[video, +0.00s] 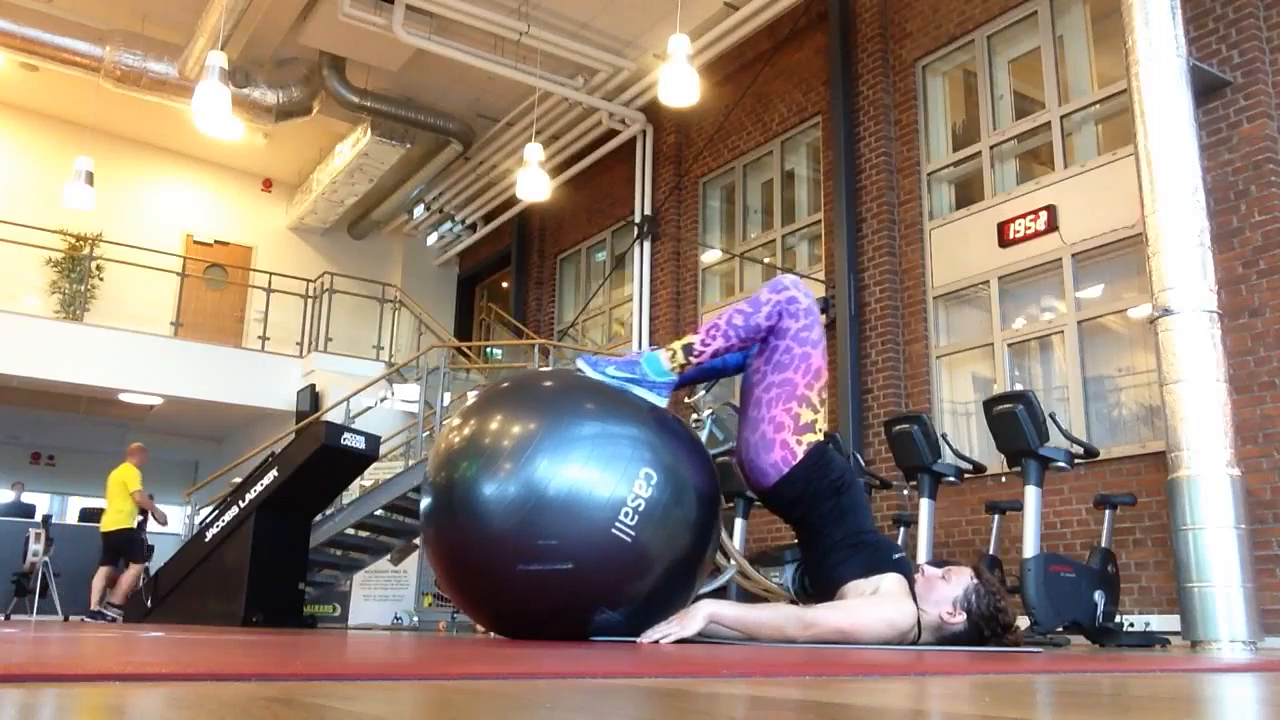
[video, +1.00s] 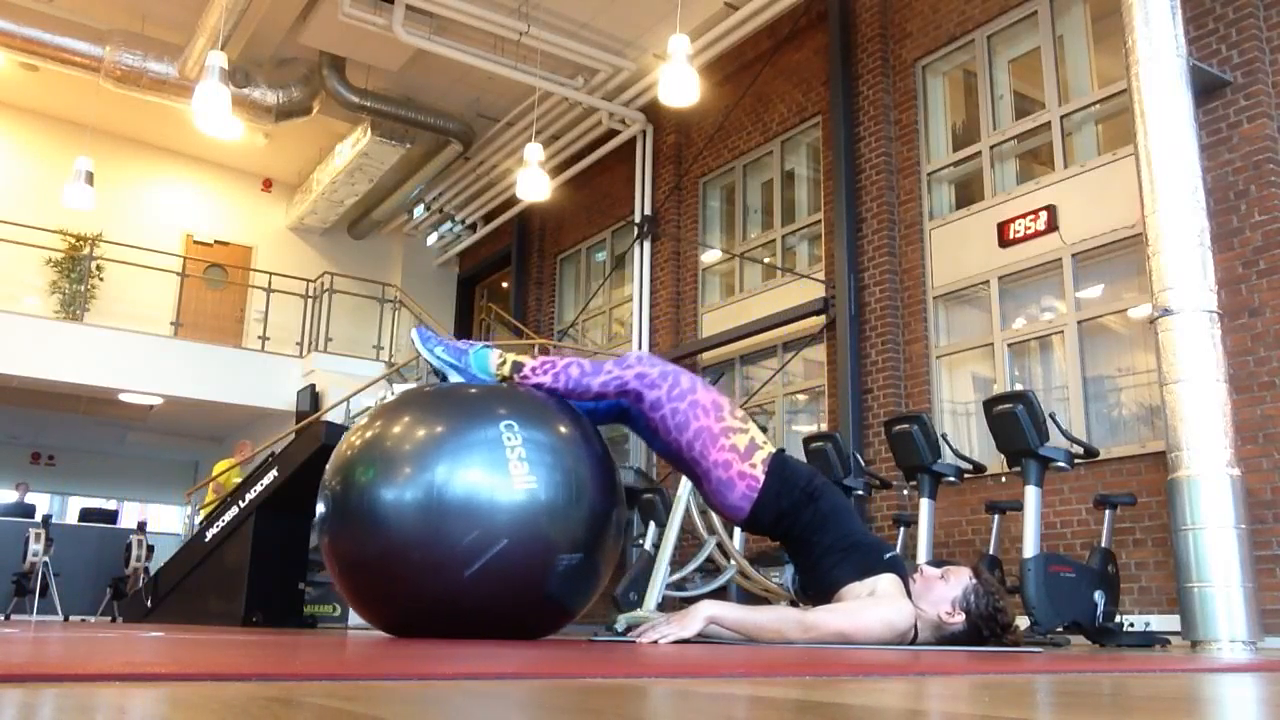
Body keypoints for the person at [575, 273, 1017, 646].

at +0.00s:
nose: (938, 567)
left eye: (948, 578)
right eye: (951, 570)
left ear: (947, 613)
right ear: (946, 612)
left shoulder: (893, 612)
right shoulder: (903, 603)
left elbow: (800, 624)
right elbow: (805, 622)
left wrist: (708, 611)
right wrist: (717, 619)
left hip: (783, 462)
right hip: (810, 462)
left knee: (791, 297)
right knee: (796, 305)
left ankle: (660, 368)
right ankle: (673, 372)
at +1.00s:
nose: (940, 567)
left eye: (951, 581)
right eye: (953, 570)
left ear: (945, 616)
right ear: (945, 598)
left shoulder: (890, 612)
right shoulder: (888, 593)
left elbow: (799, 624)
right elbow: (797, 620)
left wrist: (706, 615)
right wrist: (711, 619)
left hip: (752, 484)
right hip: (765, 470)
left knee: (644, 375)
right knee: (652, 374)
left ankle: (489, 367)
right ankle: (518, 384)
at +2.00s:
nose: (930, 570)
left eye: (943, 578)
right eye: (944, 569)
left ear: (948, 614)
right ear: (948, 613)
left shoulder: (893, 617)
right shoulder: (910, 610)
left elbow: (800, 628)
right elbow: (803, 623)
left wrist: (708, 614)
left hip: (784, 455)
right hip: (809, 455)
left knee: (835, 303)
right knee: (831, 314)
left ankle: (702, 366)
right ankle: (708, 369)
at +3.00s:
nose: (937, 569)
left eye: (949, 581)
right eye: (950, 570)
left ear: (946, 617)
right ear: (945, 605)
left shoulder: (892, 610)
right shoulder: (891, 594)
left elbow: (804, 626)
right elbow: (802, 621)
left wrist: (708, 618)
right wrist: (714, 622)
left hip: (756, 481)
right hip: (773, 467)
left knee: (665, 355)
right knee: (668, 351)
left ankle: (508, 361)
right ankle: (522, 363)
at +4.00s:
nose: (934, 567)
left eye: (946, 577)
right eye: (947, 569)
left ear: (947, 614)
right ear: (946, 612)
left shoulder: (894, 613)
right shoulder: (904, 604)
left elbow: (801, 626)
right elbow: (806, 623)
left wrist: (712, 621)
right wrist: (718, 622)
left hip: (771, 466)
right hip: (792, 468)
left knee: (825, 310)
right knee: (822, 323)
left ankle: (685, 366)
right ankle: (693, 371)